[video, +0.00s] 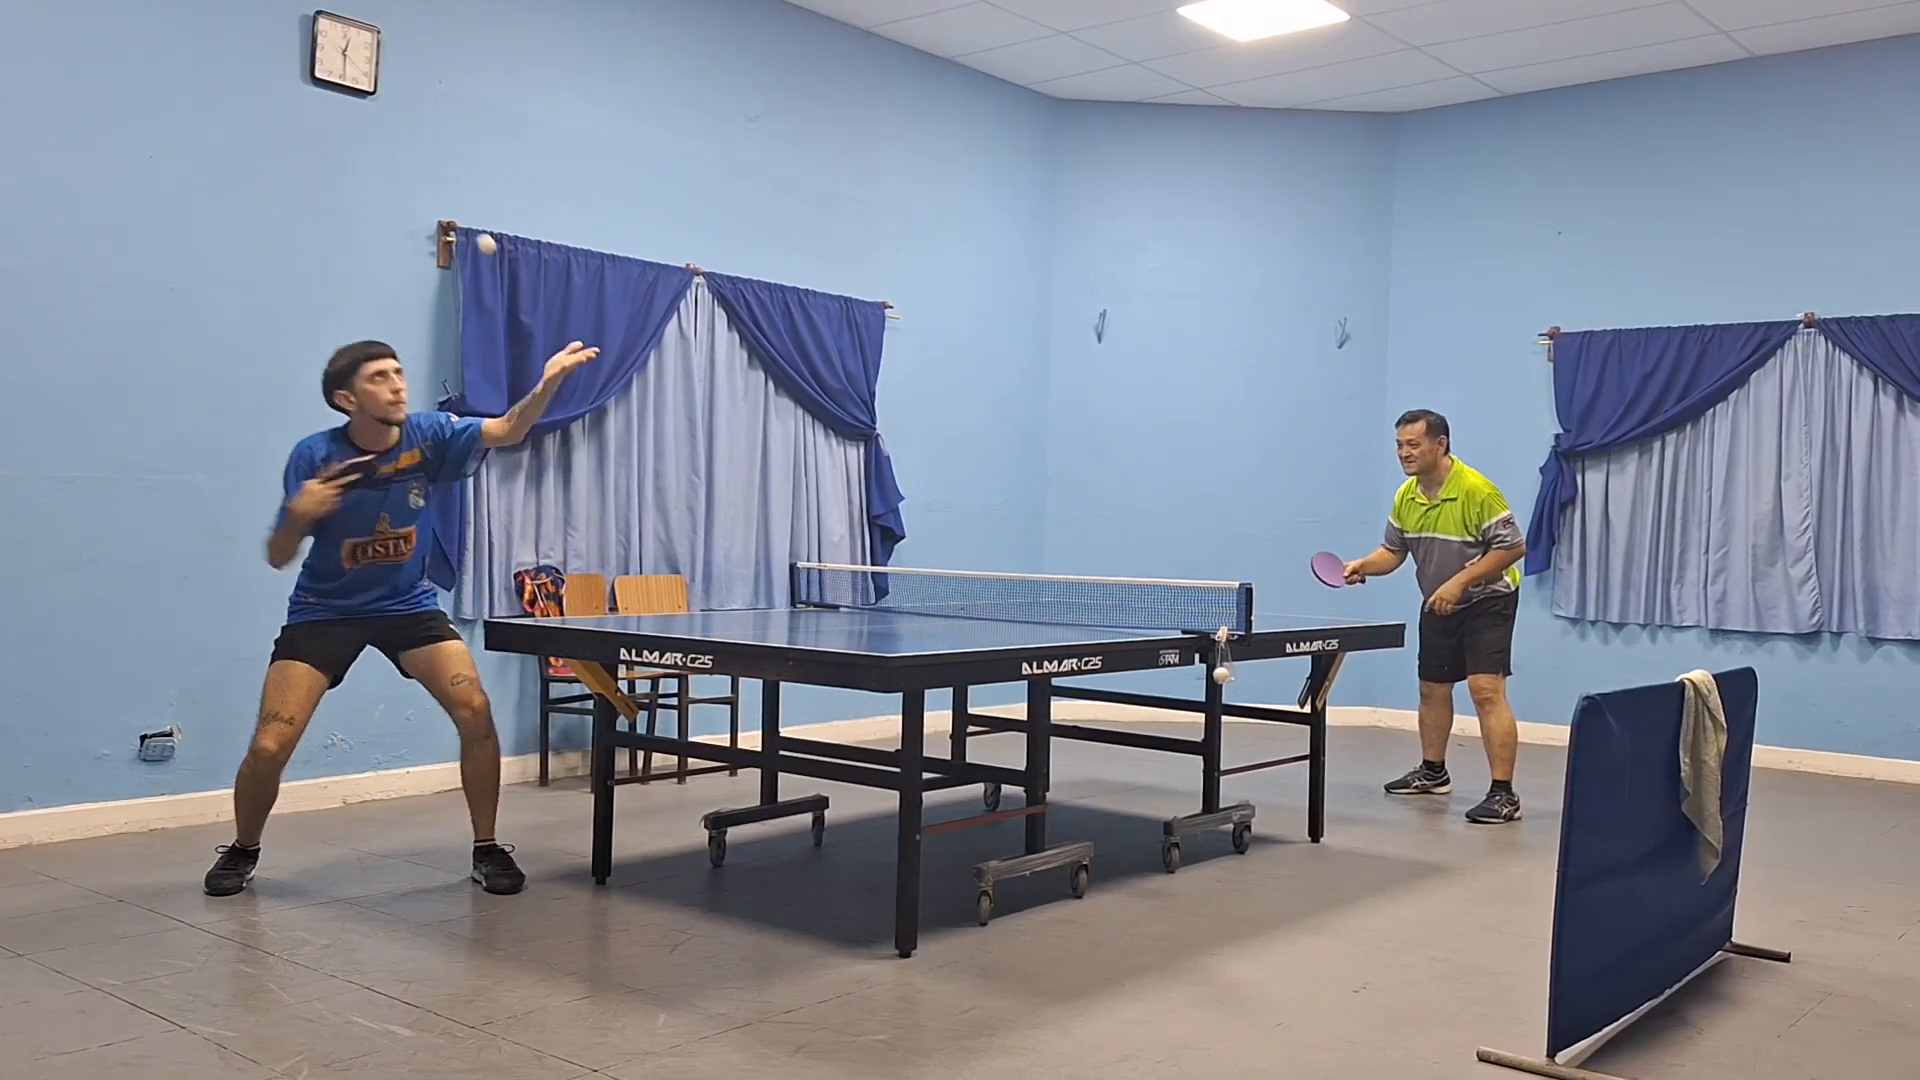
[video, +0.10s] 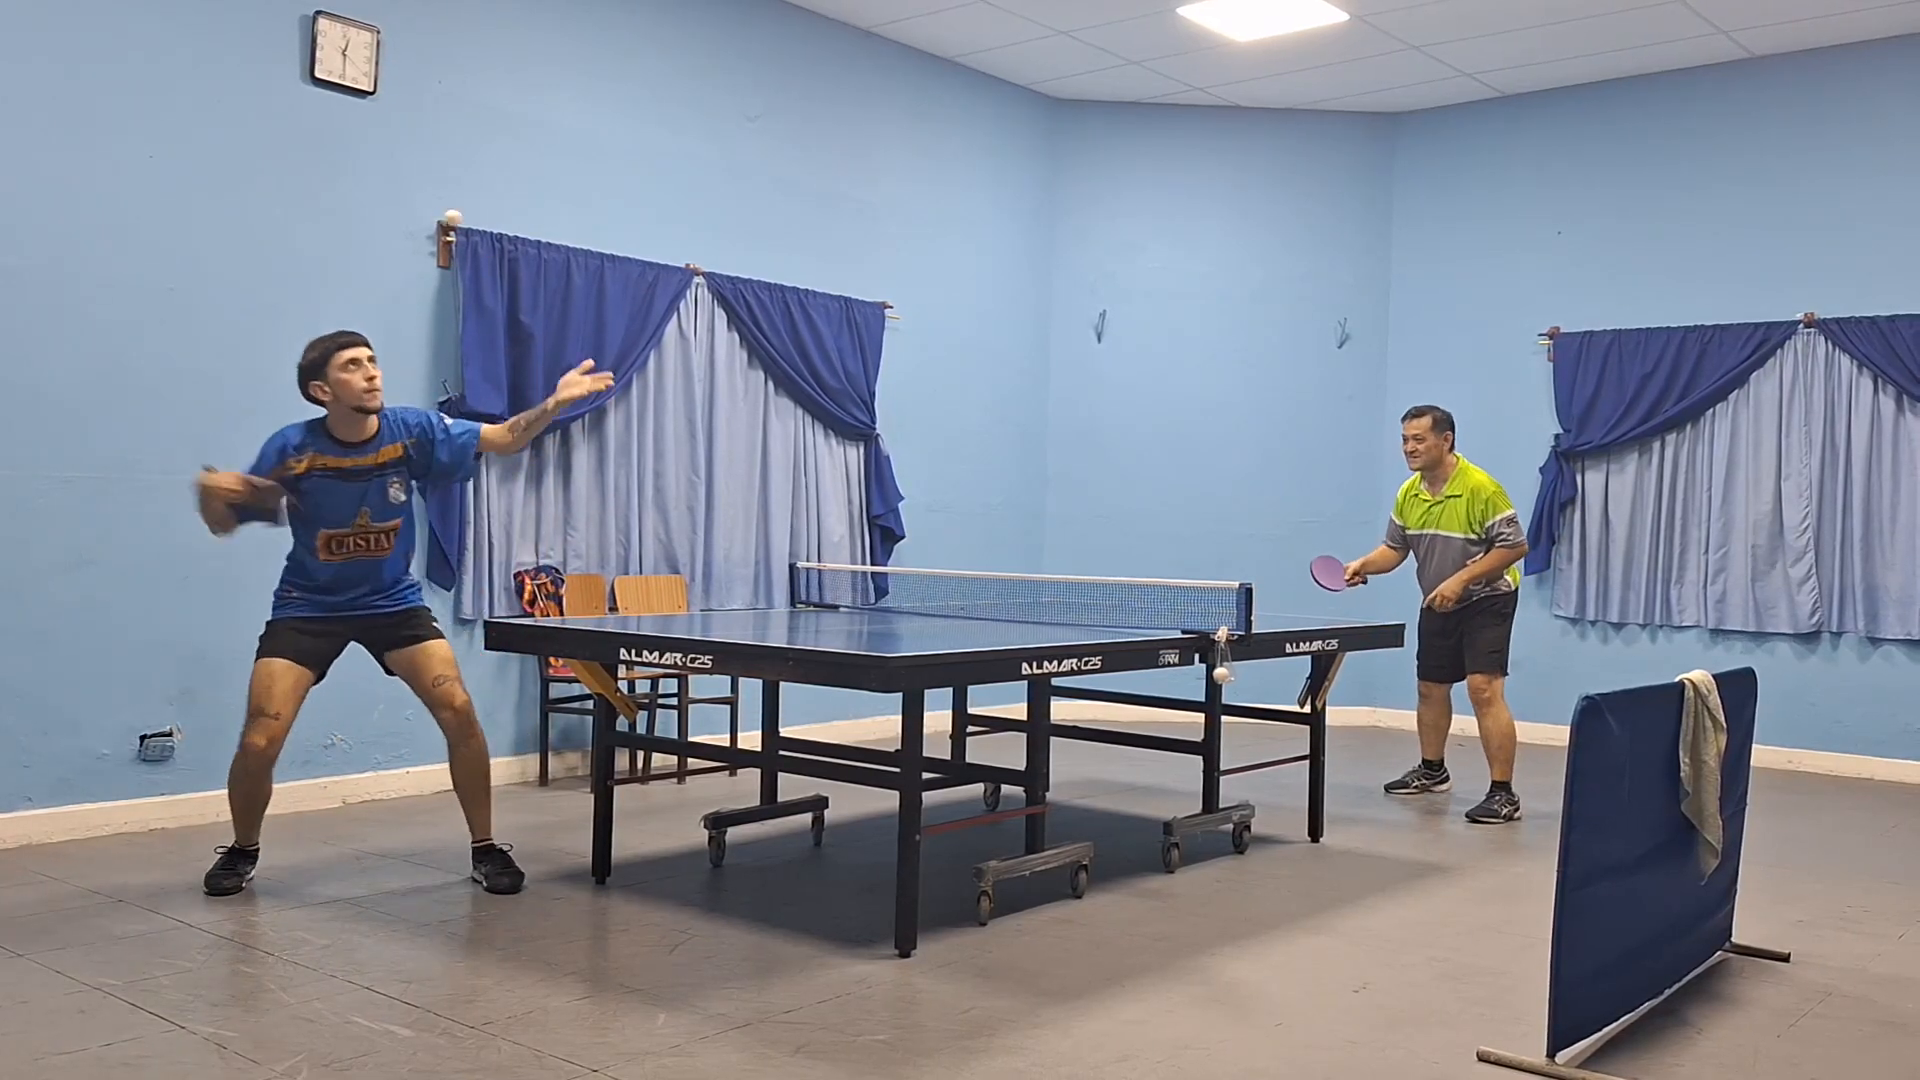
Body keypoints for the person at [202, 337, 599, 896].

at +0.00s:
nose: (396, 385)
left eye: (398, 375)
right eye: (379, 378)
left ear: (405, 385)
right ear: (345, 398)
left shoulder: (431, 433)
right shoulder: (314, 455)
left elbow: (509, 428)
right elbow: (278, 556)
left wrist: (548, 380)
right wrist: (298, 516)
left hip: (408, 604)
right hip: (324, 609)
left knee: (474, 708)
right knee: (268, 747)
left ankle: (487, 849)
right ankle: (243, 849)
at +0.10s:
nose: (370, 373)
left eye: (372, 363)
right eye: (352, 367)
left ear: (381, 375)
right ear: (320, 389)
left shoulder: (413, 429)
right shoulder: (289, 448)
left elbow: (505, 437)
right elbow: (227, 522)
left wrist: (555, 401)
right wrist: (213, 498)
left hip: (394, 600)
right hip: (308, 605)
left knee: (454, 703)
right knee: (260, 738)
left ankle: (485, 849)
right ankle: (241, 851)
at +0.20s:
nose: (357, 367)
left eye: (358, 357)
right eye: (339, 360)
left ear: (366, 370)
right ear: (304, 385)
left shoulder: (400, 431)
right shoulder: (276, 441)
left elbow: (496, 453)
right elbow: (196, 478)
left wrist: (558, 427)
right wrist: (159, 456)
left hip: (375, 598)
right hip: (288, 602)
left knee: (443, 703)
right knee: (246, 739)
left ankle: (480, 845)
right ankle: (243, 850)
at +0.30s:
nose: (361, 371)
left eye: (362, 361)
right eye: (344, 366)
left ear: (367, 374)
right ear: (309, 388)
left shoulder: (395, 437)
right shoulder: (273, 438)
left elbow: (473, 475)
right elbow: (180, 465)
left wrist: (552, 463)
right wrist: (115, 419)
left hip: (358, 596)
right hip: (274, 599)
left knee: (445, 691)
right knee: (239, 737)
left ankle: (449, 828)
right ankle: (241, 851)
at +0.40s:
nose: (387, 386)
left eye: (384, 376)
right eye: (371, 381)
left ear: (382, 390)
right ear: (334, 403)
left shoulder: (402, 451)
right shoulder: (284, 445)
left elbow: (456, 501)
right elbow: (185, 476)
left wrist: (538, 503)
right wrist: (122, 416)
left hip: (347, 596)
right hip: (266, 600)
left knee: (447, 672)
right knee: (235, 747)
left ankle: (382, 786)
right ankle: (242, 851)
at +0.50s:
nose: (432, 422)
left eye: (428, 411)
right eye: (417, 414)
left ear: (384, 430)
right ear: (374, 430)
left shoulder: (416, 474)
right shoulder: (308, 449)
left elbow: (448, 521)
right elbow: (200, 453)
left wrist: (523, 533)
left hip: (335, 609)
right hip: (257, 610)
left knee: (435, 684)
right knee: (240, 759)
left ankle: (353, 802)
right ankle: (242, 849)